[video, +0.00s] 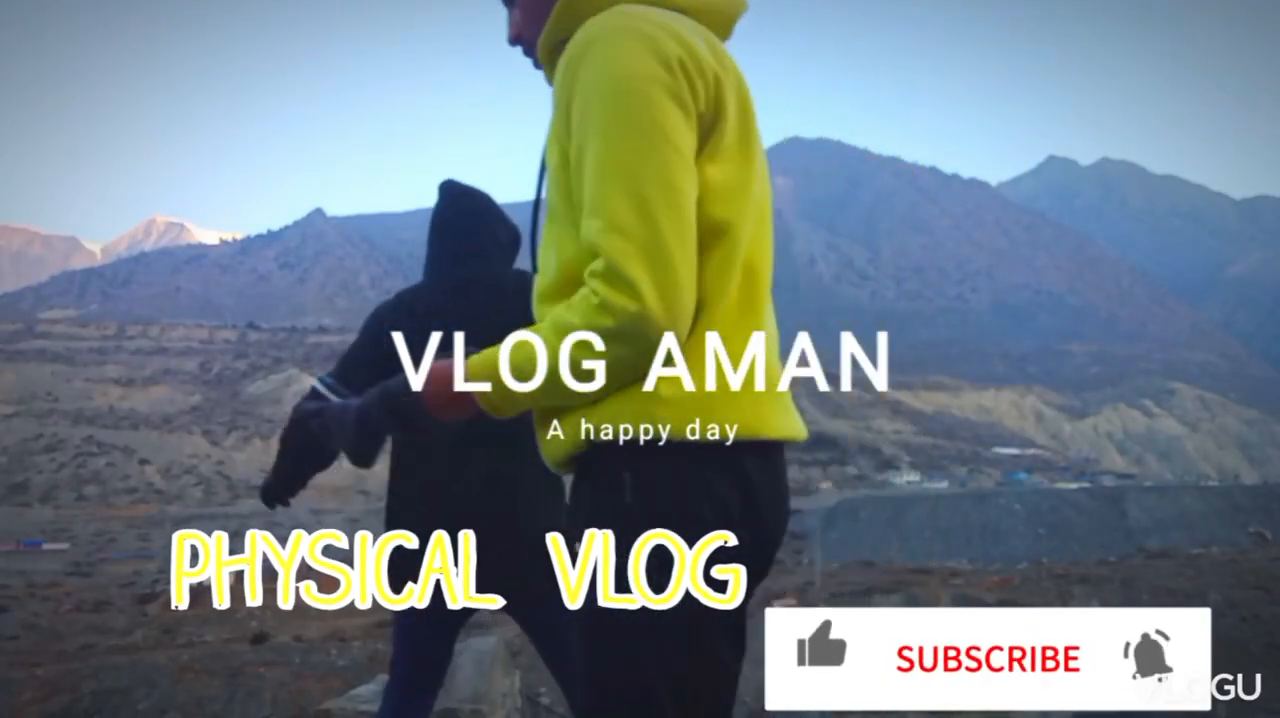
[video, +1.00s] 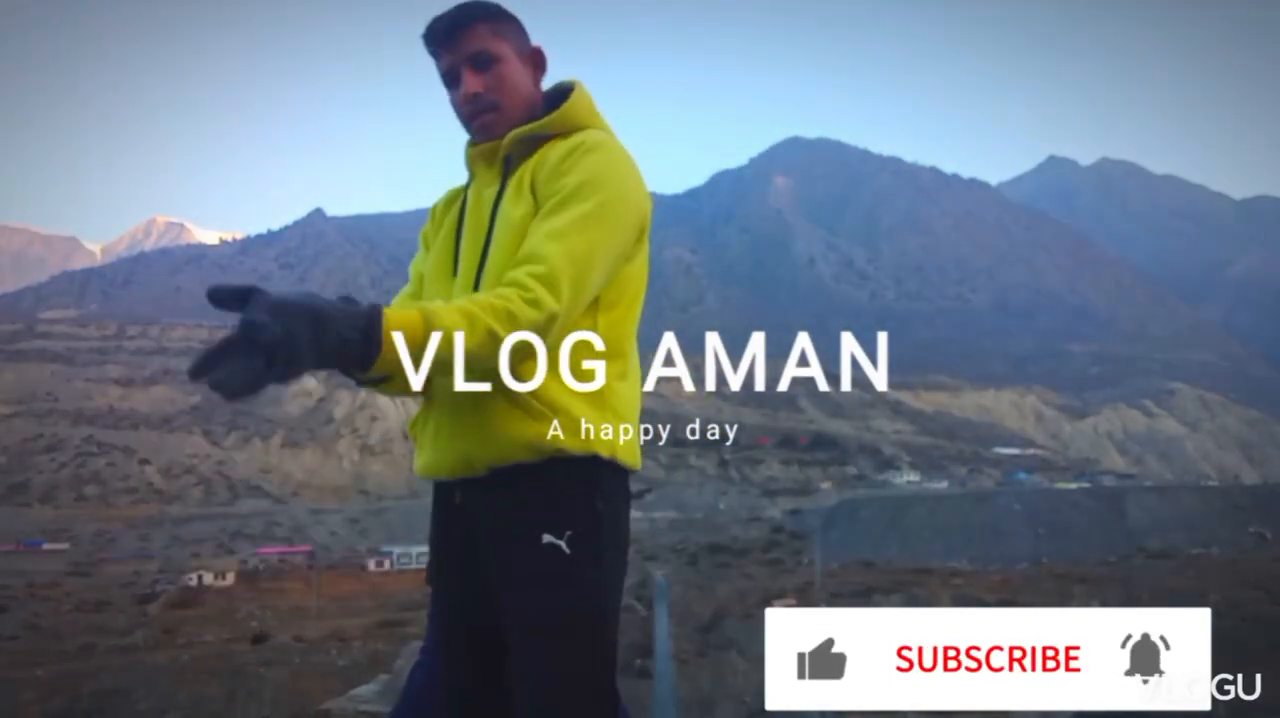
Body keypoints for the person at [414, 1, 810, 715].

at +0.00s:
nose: (513, 31)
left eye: (514, 7)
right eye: (508, 14)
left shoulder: (620, 46)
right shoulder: (674, 45)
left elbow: (635, 310)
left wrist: (474, 382)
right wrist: (487, 375)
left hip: (660, 465)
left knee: (641, 702)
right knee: (670, 701)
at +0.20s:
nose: (469, 23)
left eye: (472, 5)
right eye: (469, 10)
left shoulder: (563, 39)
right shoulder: (635, 38)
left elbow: (564, 317)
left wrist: (419, 404)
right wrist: (432, 390)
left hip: (615, 461)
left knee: (608, 700)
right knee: (640, 698)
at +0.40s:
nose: (450, 24)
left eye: (454, 2)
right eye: (447, 8)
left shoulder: (561, 56)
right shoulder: (609, 52)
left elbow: (524, 331)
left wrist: (357, 426)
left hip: (588, 468)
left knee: (590, 700)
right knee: (617, 699)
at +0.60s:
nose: (438, 50)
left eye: (442, 16)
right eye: (431, 25)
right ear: (512, 7)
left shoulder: (580, 98)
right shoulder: (539, 109)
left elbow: (542, 342)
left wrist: (345, 417)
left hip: (571, 492)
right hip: (521, 492)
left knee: (578, 701)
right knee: (451, 701)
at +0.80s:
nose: (439, 82)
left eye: (453, 55)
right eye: (429, 68)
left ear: (519, 43)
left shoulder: (589, 157)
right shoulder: (466, 195)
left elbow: (560, 355)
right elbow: (435, 334)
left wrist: (373, 397)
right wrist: (332, 398)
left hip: (565, 493)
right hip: (474, 496)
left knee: (562, 702)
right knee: (462, 699)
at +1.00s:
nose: (470, 87)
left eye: (486, 64)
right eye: (453, 77)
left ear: (535, 64)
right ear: (447, 94)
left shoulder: (595, 168)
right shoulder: (451, 211)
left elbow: (522, 320)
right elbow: (420, 345)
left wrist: (354, 333)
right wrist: (318, 335)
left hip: (561, 484)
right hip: (464, 489)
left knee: (564, 699)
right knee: (465, 696)